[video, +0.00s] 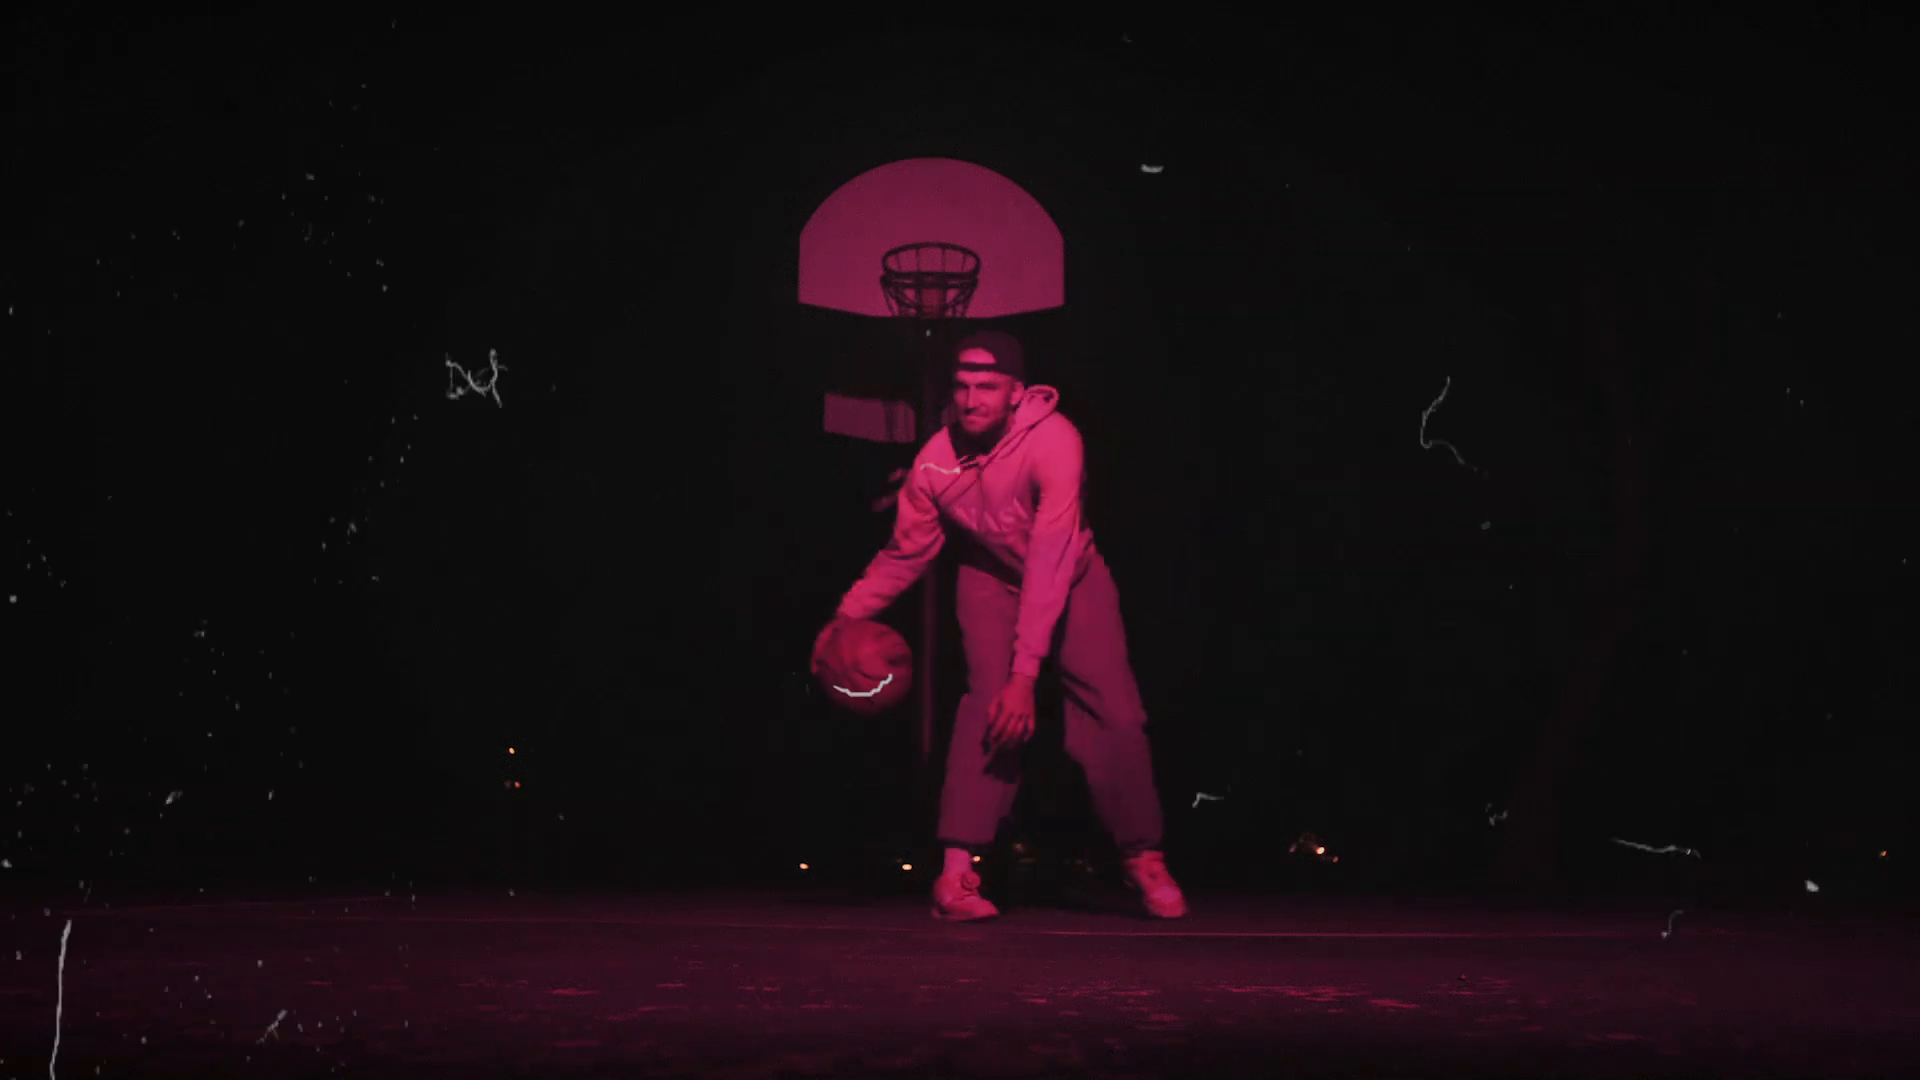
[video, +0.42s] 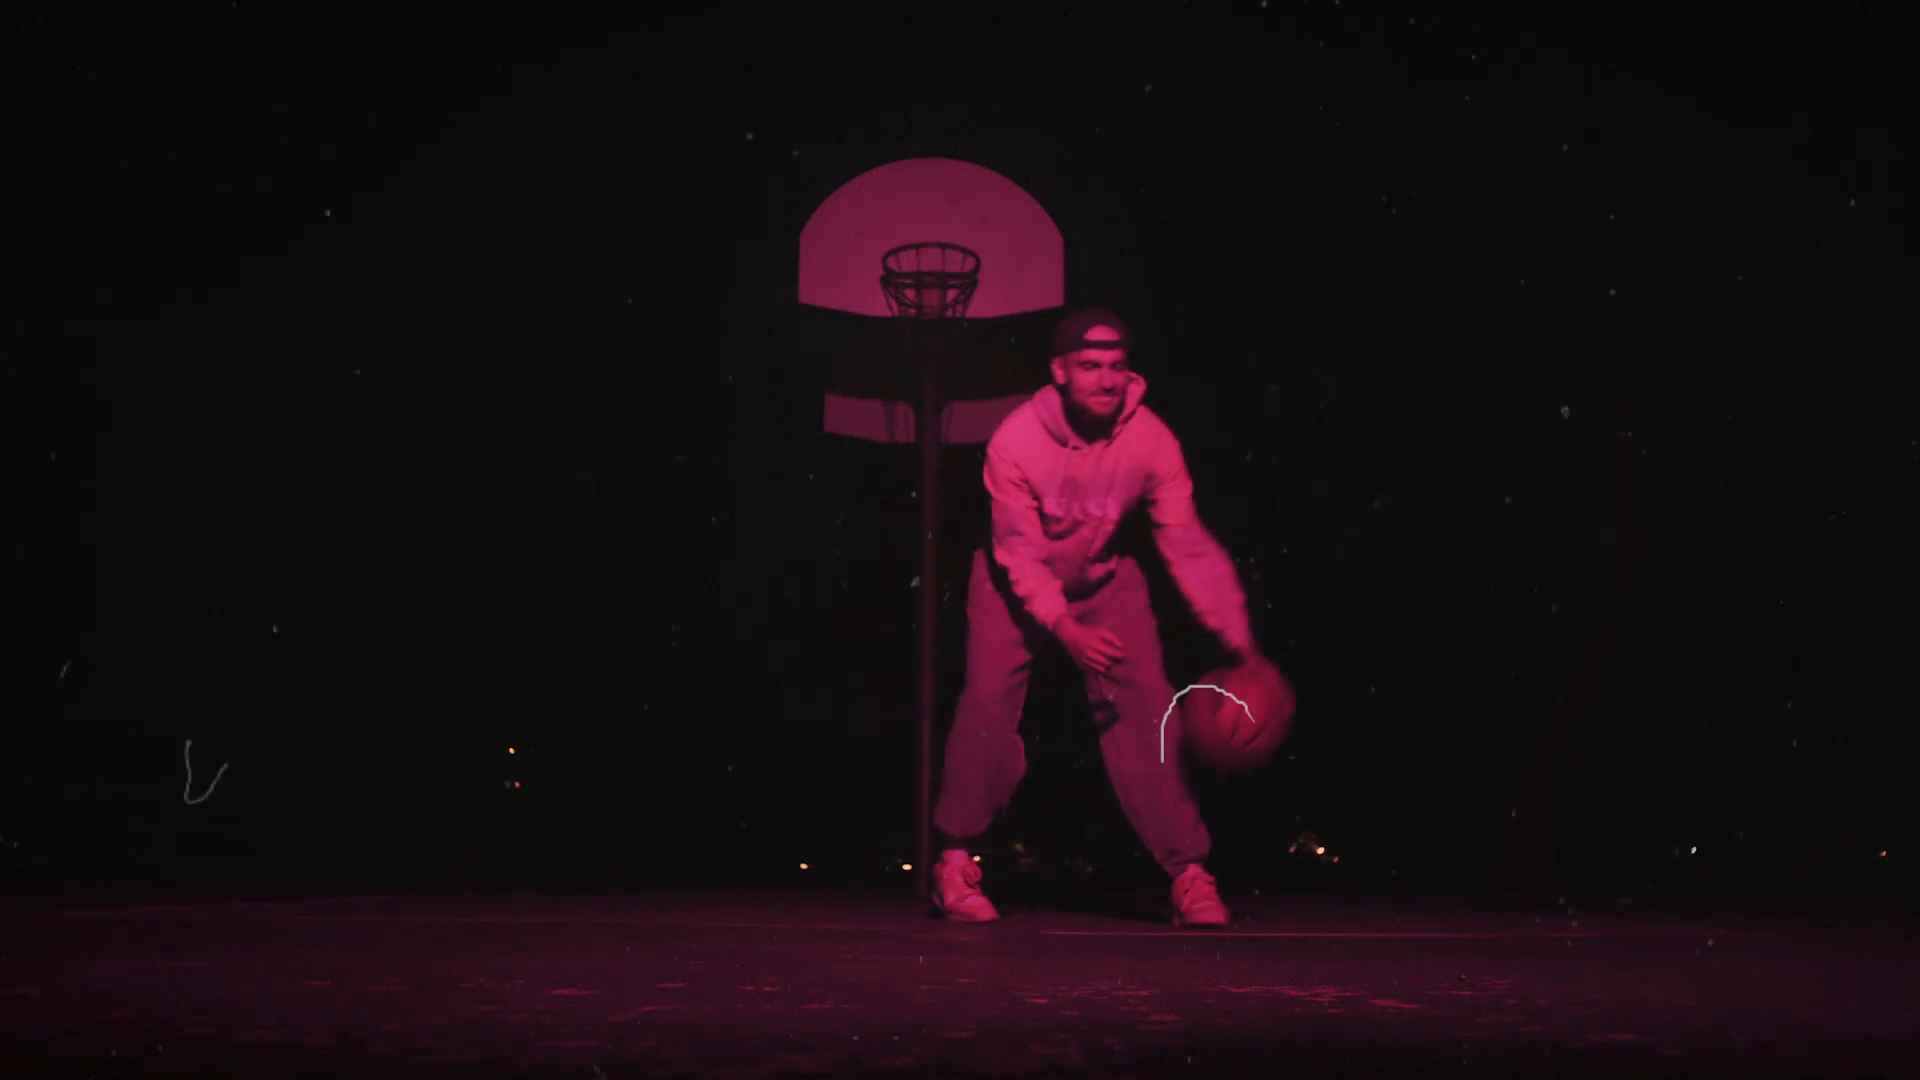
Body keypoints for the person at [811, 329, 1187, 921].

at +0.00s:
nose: (971, 400)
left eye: (987, 387)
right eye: (962, 386)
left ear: (1016, 391)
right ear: (950, 391)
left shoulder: (1054, 440)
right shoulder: (933, 466)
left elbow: (1050, 561)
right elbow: (904, 554)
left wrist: (1024, 676)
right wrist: (848, 616)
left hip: (1071, 572)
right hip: (989, 578)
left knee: (1118, 714)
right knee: (990, 703)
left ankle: (1144, 858)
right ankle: (957, 869)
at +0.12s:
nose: (1015, 401)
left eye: (1029, 388)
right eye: (1002, 387)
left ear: (1047, 391)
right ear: (982, 390)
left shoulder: (1077, 447)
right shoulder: (954, 456)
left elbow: (1066, 560)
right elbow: (945, 555)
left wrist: (1045, 675)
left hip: (1075, 571)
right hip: (994, 575)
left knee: (1123, 698)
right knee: (985, 702)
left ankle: (1175, 867)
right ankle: (958, 869)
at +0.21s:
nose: (1033, 400)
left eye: (1046, 387)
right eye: (1018, 387)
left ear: (1062, 391)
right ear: (995, 390)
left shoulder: (1089, 449)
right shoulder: (963, 456)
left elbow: (1080, 559)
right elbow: (965, 562)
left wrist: (1068, 678)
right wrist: (980, 666)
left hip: (1082, 586)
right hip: (1006, 587)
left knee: (1129, 706)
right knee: (985, 707)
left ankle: (1182, 865)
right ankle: (957, 871)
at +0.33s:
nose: (1081, 391)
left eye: (1092, 377)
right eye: (1065, 377)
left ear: (1105, 382)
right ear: (1036, 382)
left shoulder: (1127, 446)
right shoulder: (998, 448)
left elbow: (1149, 557)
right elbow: (1014, 553)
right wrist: (1056, 644)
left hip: (1095, 583)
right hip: (1009, 583)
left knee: (1136, 702)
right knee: (1000, 702)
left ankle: (1187, 871)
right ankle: (962, 868)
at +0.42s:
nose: (1108, 379)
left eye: (1118, 366)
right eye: (1090, 366)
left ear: (1130, 373)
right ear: (1060, 373)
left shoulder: (1150, 439)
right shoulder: (1016, 442)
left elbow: (1186, 540)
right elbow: (1019, 550)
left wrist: (1240, 643)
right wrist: (1064, 625)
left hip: (1106, 576)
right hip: (1016, 575)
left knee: (1144, 704)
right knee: (989, 702)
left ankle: (1188, 871)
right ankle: (956, 860)